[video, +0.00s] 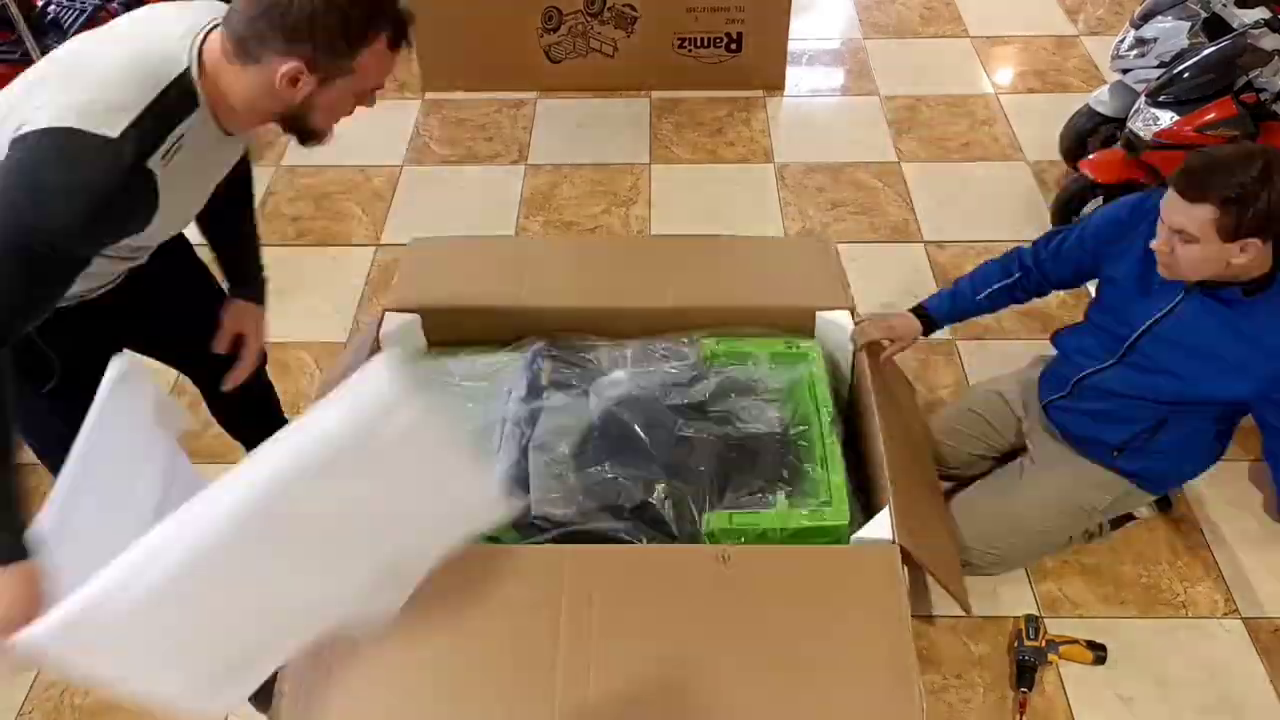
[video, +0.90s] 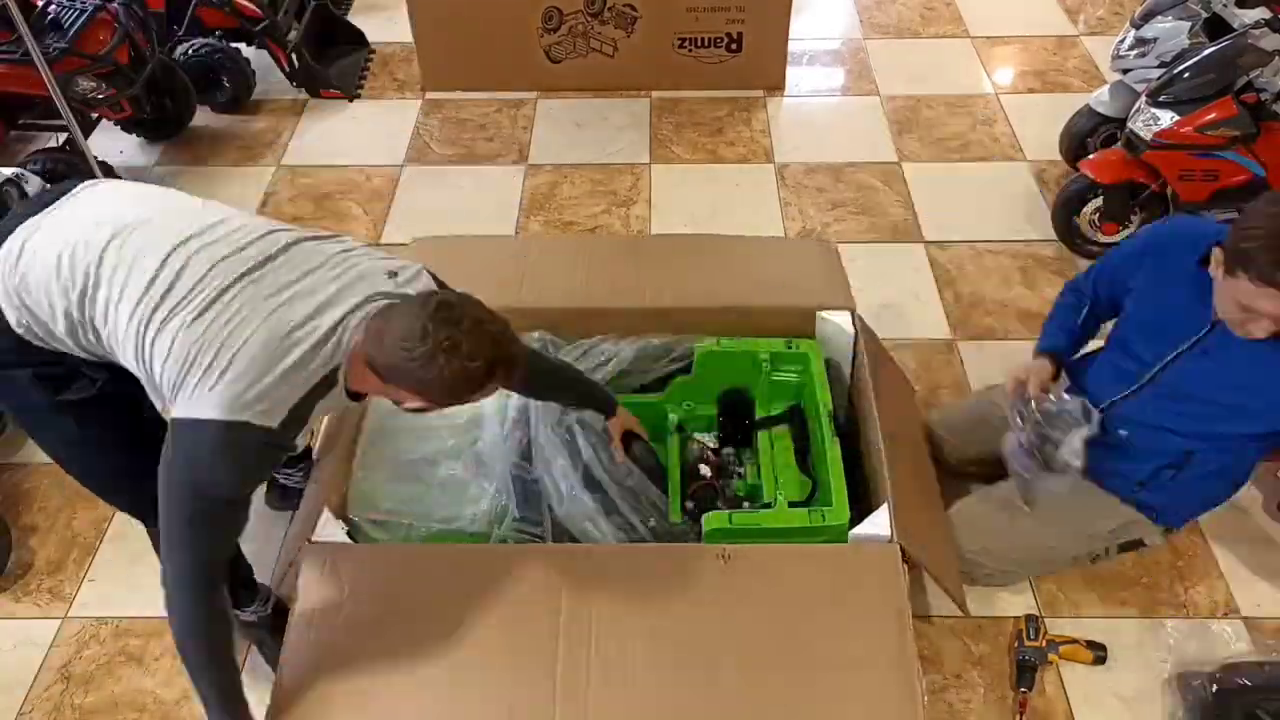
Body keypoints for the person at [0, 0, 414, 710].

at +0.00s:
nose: (363, 108)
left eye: (372, 94)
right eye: (362, 94)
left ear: (294, 73)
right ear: (294, 80)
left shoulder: (229, 48)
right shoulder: (81, 173)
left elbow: (223, 168)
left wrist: (247, 287)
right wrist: (10, 556)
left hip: (145, 253)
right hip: (41, 317)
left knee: (247, 392)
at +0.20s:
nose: (476, 220)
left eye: (482, 209)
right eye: (475, 210)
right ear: (424, 199)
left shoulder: (366, 120)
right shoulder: (302, 234)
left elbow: (406, 241)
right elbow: (349, 391)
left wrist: (499, 313)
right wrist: (474, 394)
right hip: (33, 262)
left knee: (246, 331)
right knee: (181, 458)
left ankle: (284, 469)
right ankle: (233, 611)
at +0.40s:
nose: (462, 252)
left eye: (472, 241)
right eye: (467, 241)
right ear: (426, 231)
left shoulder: (353, 146)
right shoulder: (303, 276)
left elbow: (371, 260)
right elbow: (308, 441)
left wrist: (434, 330)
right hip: (27, 274)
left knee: (240, 342)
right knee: (176, 465)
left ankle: (283, 467)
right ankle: (236, 615)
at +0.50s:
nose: (499, 266)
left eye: (504, 255)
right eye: (496, 256)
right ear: (444, 250)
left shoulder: (398, 167)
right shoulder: (357, 296)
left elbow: (462, 267)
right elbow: (427, 456)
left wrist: (539, 347)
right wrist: (563, 458)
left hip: (85, 178)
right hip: (34, 285)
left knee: (264, 342)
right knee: (192, 476)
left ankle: (291, 472)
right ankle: (238, 610)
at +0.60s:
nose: (433, 472)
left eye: (442, 456)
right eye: (413, 468)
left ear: (440, 375)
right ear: (339, 427)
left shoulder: (390, 287)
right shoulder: (229, 478)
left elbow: (498, 337)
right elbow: (267, 650)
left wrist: (614, 362)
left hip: (89, 219)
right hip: (18, 316)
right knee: (175, 518)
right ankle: (240, 618)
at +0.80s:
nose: (416, 472)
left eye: (427, 455)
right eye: (394, 470)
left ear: (400, 375)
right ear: (306, 440)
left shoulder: (360, 295)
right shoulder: (174, 496)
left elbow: (435, 297)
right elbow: (127, 604)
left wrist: (540, 370)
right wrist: (228, 711)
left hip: (74, 219)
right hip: (8, 314)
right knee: (164, 525)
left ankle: (286, 470)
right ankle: (254, 610)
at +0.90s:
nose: (445, 410)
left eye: (466, 394)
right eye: (444, 403)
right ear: (396, 392)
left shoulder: (410, 283)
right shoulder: (228, 423)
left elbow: (509, 359)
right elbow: (189, 590)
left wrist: (608, 404)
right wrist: (228, 719)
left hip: (101, 204)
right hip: (24, 289)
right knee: (169, 497)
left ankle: (285, 468)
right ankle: (239, 595)